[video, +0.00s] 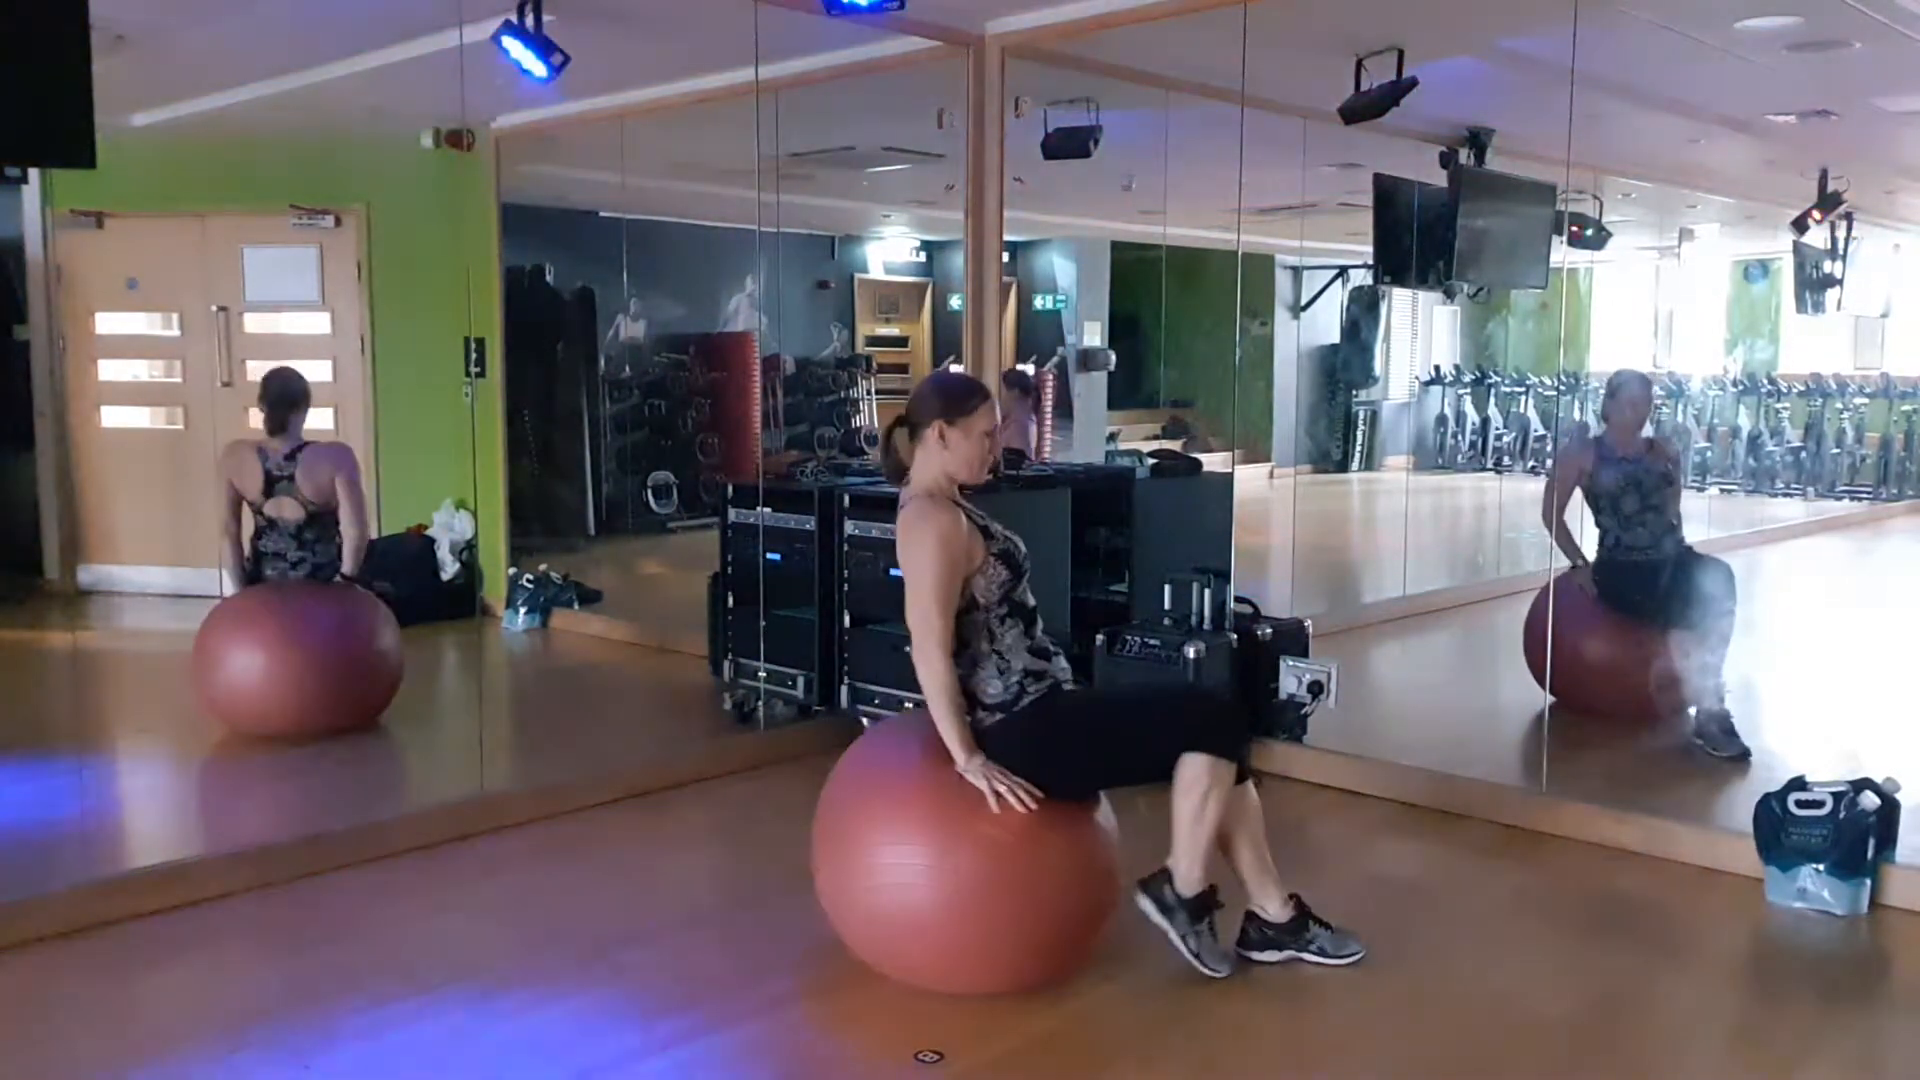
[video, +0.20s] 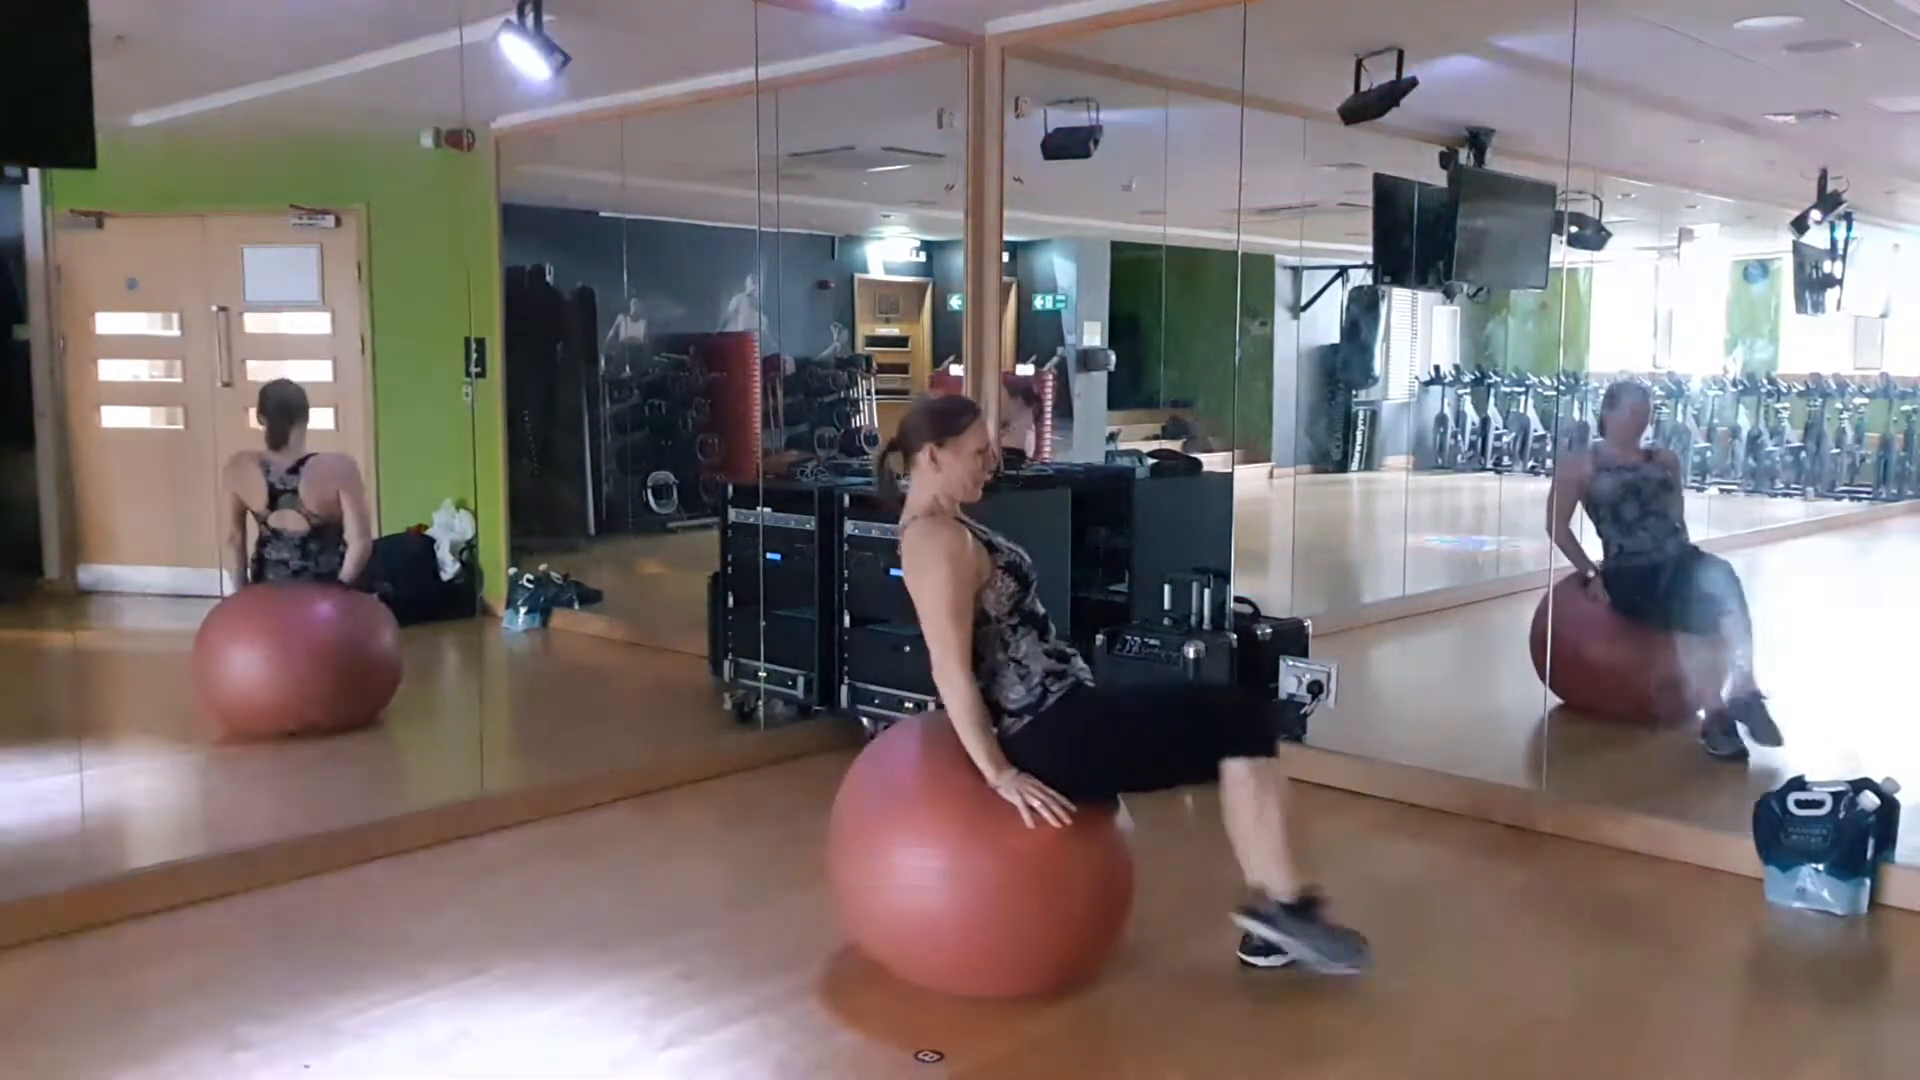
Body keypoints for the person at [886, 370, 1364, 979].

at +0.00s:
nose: (996, 448)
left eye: (995, 435)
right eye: (985, 435)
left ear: (945, 437)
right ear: (938, 435)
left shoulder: (947, 511)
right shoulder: (932, 522)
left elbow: (964, 634)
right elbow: (930, 649)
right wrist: (966, 755)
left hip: (1044, 711)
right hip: (1020, 730)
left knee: (1218, 740)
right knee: (1209, 719)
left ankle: (1273, 915)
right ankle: (1184, 888)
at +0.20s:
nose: (992, 463)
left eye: (991, 451)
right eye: (979, 453)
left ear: (936, 458)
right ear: (931, 457)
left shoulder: (947, 526)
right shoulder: (937, 539)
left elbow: (975, 650)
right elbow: (950, 668)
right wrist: (997, 770)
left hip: (1059, 715)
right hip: (1046, 730)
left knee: (1237, 716)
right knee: (1241, 719)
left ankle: (1270, 915)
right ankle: (1279, 905)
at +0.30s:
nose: (988, 475)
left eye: (990, 462)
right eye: (979, 462)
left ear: (929, 463)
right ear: (932, 462)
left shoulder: (948, 532)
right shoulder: (938, 545)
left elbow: (989, 654)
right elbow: (958, 668)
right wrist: (1018, 772)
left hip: (1074, 717)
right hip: (1060, 733)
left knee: (1245, 729)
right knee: (1259, 724)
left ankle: (1274, 921)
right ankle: (1358, 895)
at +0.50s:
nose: (988, 492)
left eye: (989, 477)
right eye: (979, 478)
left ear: (937, 480)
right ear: (934, 479)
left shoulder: (949, 550)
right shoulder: (945, 562)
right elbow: (980, 685)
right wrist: (1054, 778)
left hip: (1096, 715)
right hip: (1085, 735)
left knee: (1268, 733)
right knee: (1277, 747)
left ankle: (1276, 919)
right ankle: (1430, 897)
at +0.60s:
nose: (987, 501)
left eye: (986, 487)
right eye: (976, 488)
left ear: (936, 495)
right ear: (933, 493)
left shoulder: (954, 562)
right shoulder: (945, 574)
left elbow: (1019, 668)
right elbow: (987, 696)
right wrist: (1068, 782)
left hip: (1105, 717)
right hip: (1090, 739)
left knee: (1281, 733)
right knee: (1286, 758)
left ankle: (1276, 921)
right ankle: (1438, 911)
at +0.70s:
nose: (982, 516)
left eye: (981, 503)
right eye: (970, 504)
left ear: (934, 511)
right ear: (927, 510)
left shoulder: (957, 577)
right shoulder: (941, 591)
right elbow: (998, 713)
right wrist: (1080, 786)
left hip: (1120, 716)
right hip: (1099, 742)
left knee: (1300, 736)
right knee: (1288, 786)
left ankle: (1277, 925)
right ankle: (1441, 933)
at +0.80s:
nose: (977, 530)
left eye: (973, 517)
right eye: (964, 519)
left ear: (931, 532)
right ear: (920, 532)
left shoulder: (957, 593)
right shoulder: (941, 609)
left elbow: (1029, 686)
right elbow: (1004, 725)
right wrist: (1092, 786)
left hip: (1126, 716)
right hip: (1104, 745)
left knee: (1311, 741)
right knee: (1293, 798)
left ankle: (1280, 921)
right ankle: (1446, 947)